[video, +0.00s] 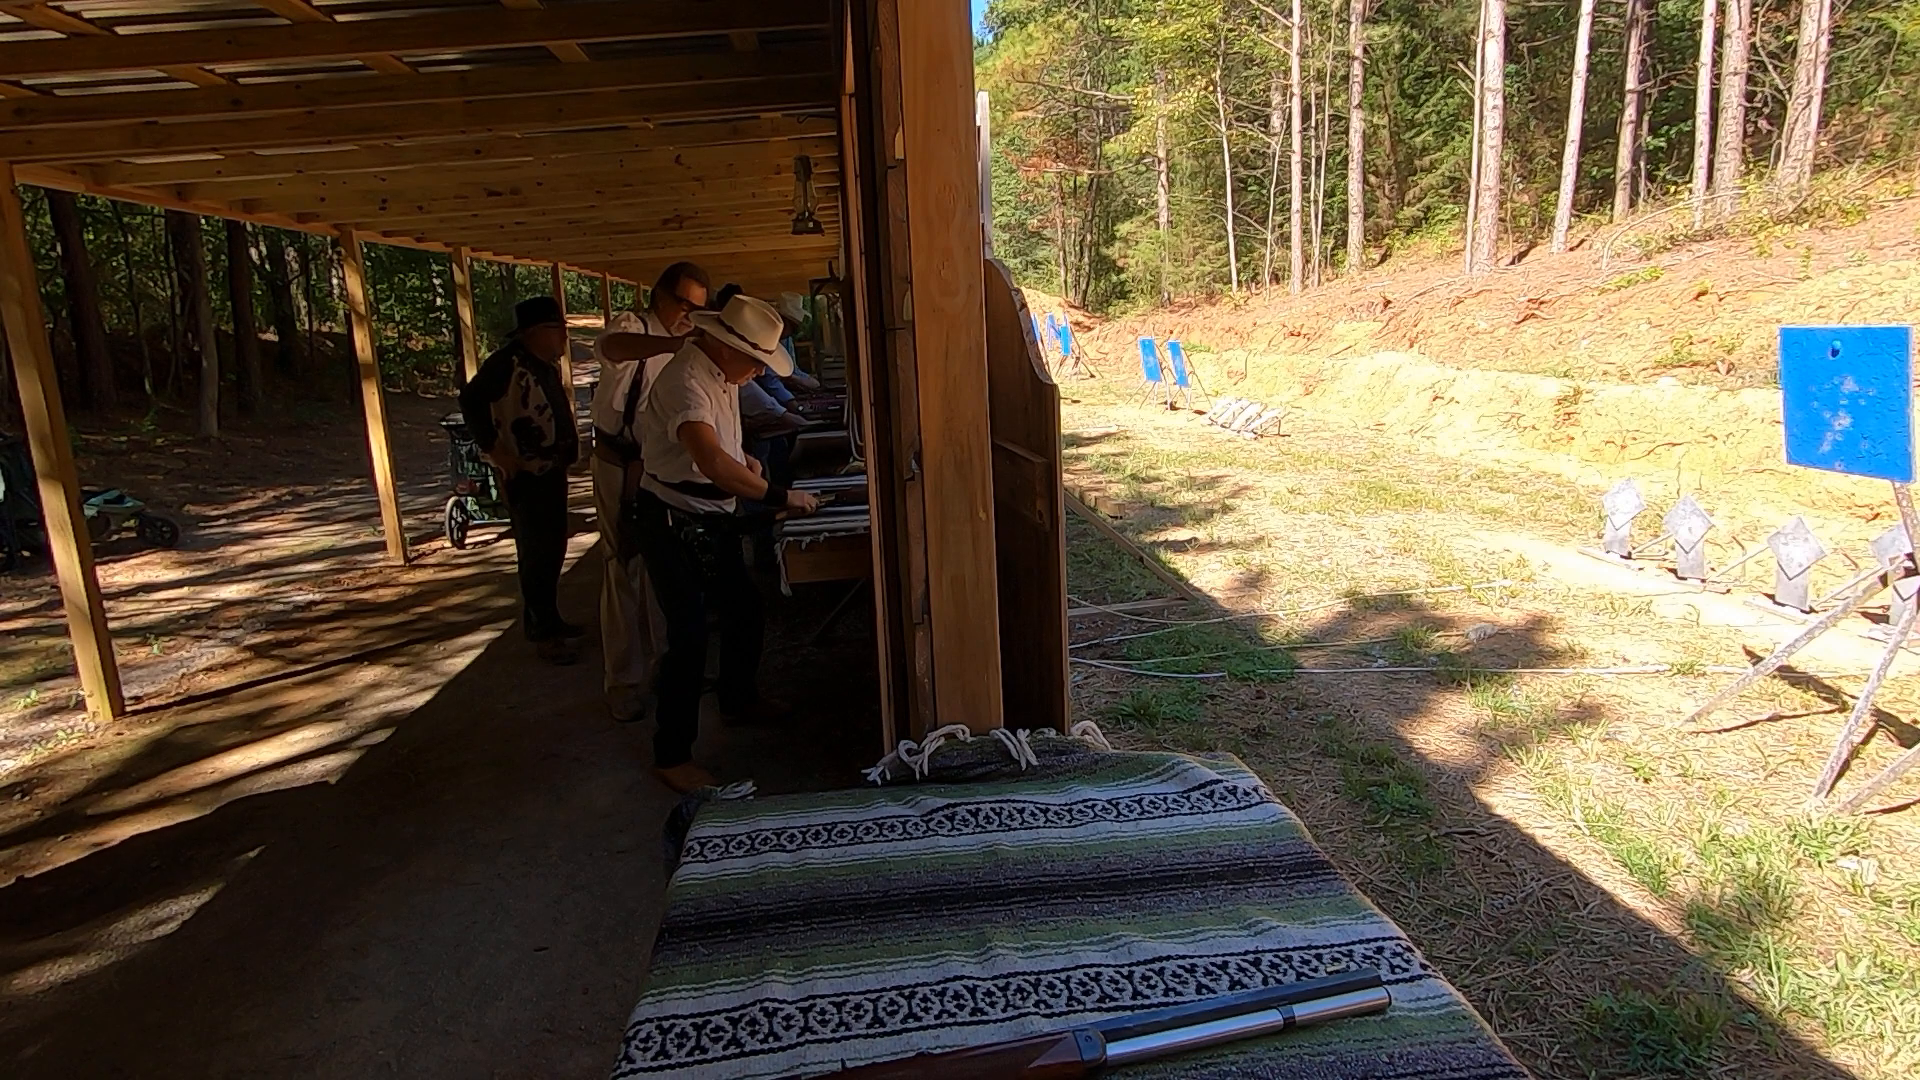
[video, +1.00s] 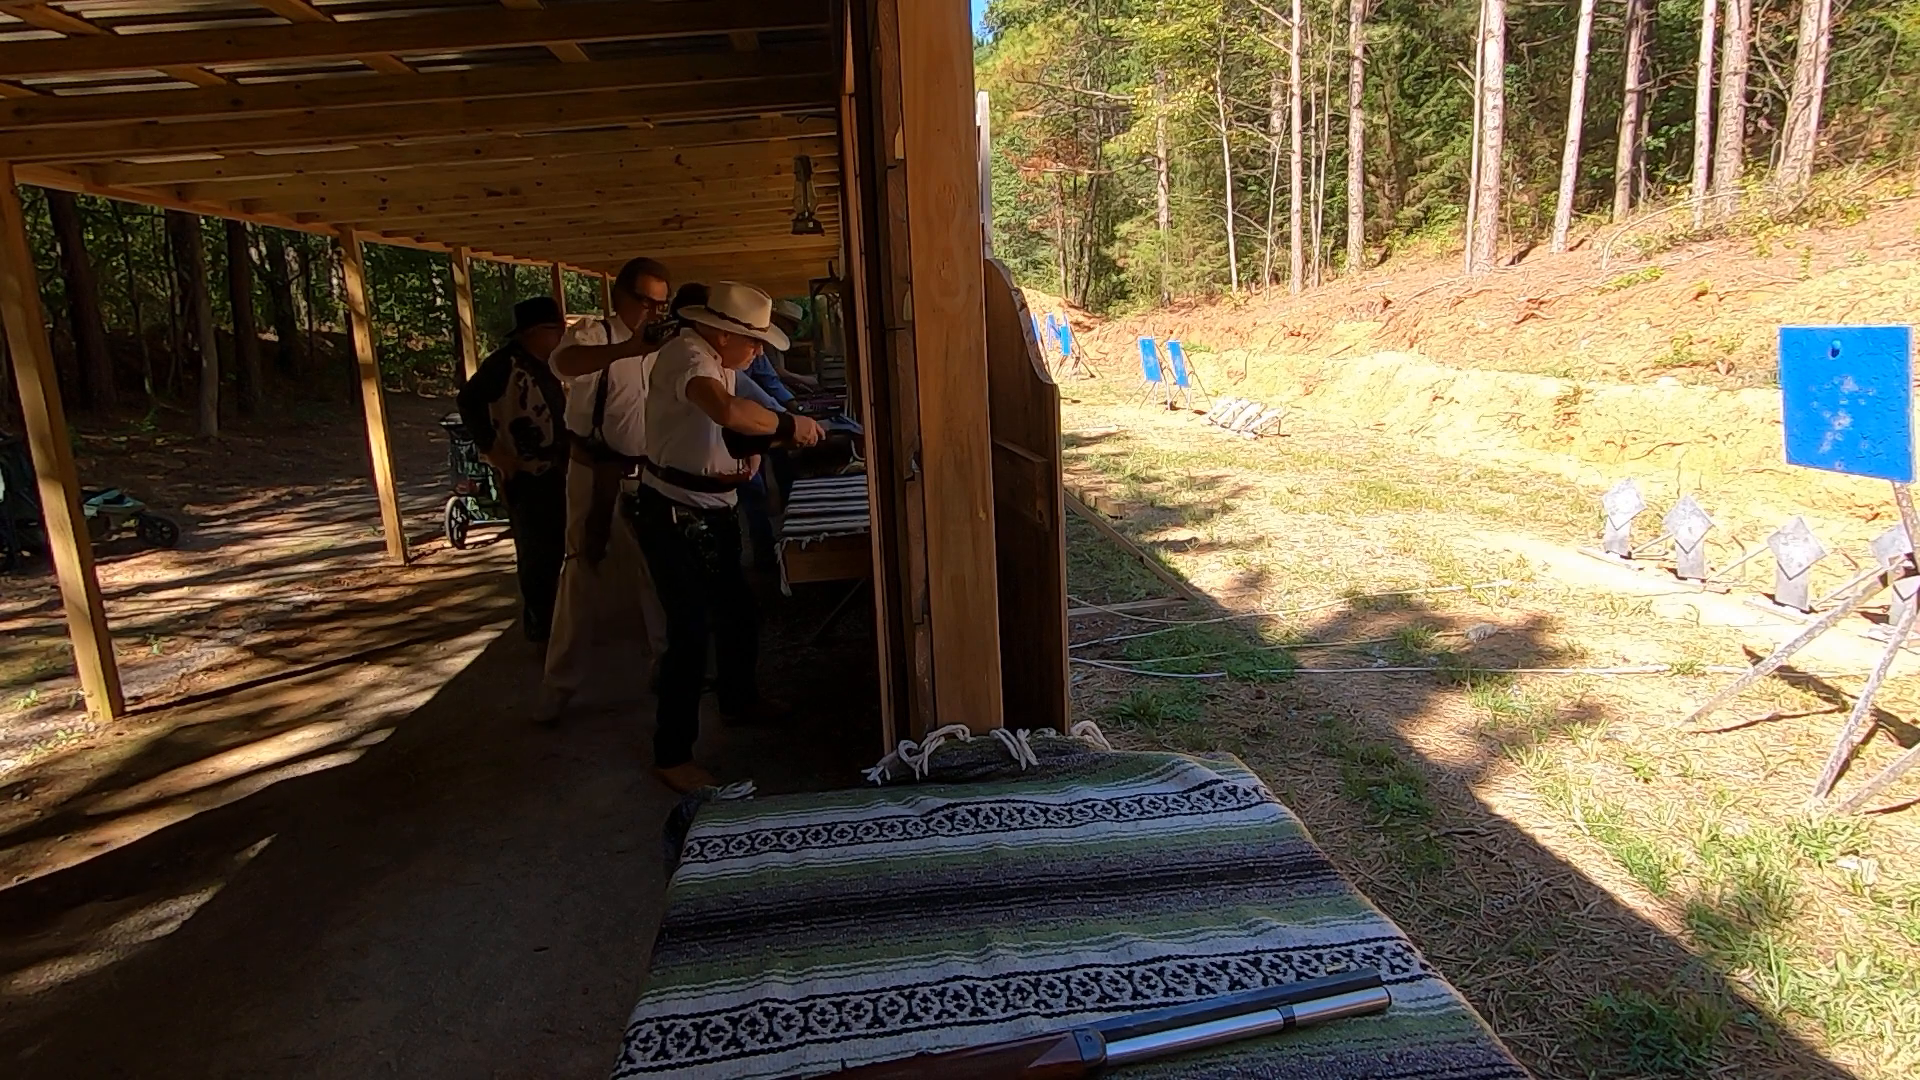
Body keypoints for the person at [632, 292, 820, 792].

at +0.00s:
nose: (757, 374)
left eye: (761, 367)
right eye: (755, 364)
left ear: (728, 349)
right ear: (729, 348)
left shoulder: (722, 377)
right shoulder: (685, 378)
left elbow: (727, 446)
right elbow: (709, 460)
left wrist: (755, 474)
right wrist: (780, 496)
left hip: (717, 516)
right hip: (672, 519)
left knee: (743, 611)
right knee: (689, 634)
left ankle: (739, 704)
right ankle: (672, 756)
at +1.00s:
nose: (757, 355)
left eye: (760, 346)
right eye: (753, 344)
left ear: (727, 335)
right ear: (725, 333)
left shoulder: (717, 362)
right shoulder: (686, 353)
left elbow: (722, 424)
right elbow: (724, 409)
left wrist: (751, 450)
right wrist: (786, 423)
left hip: (717, 512)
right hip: (672, 513)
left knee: (737, 613)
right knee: (689, 632)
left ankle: (740, 706)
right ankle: (673, 756)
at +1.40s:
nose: (750, 333)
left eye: (750, 324)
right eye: (743, 325)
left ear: (722, 324)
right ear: (712, 323)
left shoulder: (730, 359)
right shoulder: (669, 343)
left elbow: (757, 415)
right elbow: (702, 390)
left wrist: (784, 383)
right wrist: (755, 370)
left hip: (724, 508)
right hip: (674, 510)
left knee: (734, 615)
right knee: (682, 632)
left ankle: (739, 707)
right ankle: (672, 756)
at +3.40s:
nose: (727, 333)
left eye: (728, 324)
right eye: (717, 324)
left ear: (725, 325)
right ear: (684, 324)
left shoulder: (726, 376)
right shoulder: (651, 346)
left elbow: (785, 415)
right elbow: (688, 380)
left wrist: (850, 399)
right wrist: (749, 377)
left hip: (707, 513)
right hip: (652, 513)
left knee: (732, 613)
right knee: (674, 629)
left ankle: (740, 708)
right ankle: (672, 756)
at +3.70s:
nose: (723, 330)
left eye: (724, 321)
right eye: (714, 321)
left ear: (717, 321)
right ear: (682, 321)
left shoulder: (720, 363)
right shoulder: (651, 349)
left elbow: (773, 415)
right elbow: (671, 412)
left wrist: (834, 383)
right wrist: (740, 404)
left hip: (709, 511)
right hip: (656, 512)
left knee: (727, 615)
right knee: (674, 629)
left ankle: (741, 710)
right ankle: (672, 756)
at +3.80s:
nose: (725, 330)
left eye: (726, 321)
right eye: (715, 321)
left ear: (721, 322)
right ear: (681, 318)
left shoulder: (720, 363)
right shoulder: (645, 362)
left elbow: (758, 425)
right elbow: (640, 444)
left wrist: (798, 394)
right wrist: (702, 416)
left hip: (718, 511)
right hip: (666, 514)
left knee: (731, 617)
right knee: (681, 630)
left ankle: (740, 710)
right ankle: (673, 756)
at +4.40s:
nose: (718, 345)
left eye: (721, 335)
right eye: (708, 335)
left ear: (719, 329)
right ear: (679, 327)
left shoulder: (724, 360)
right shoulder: (646, 363)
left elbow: (769, 412)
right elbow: (657, 436)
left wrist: (818, 400)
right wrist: (723, 399)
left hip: (734, 507)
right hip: (679, 514)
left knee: (744, 614)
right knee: (688, 630)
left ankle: (741, 707)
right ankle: (674, 756)